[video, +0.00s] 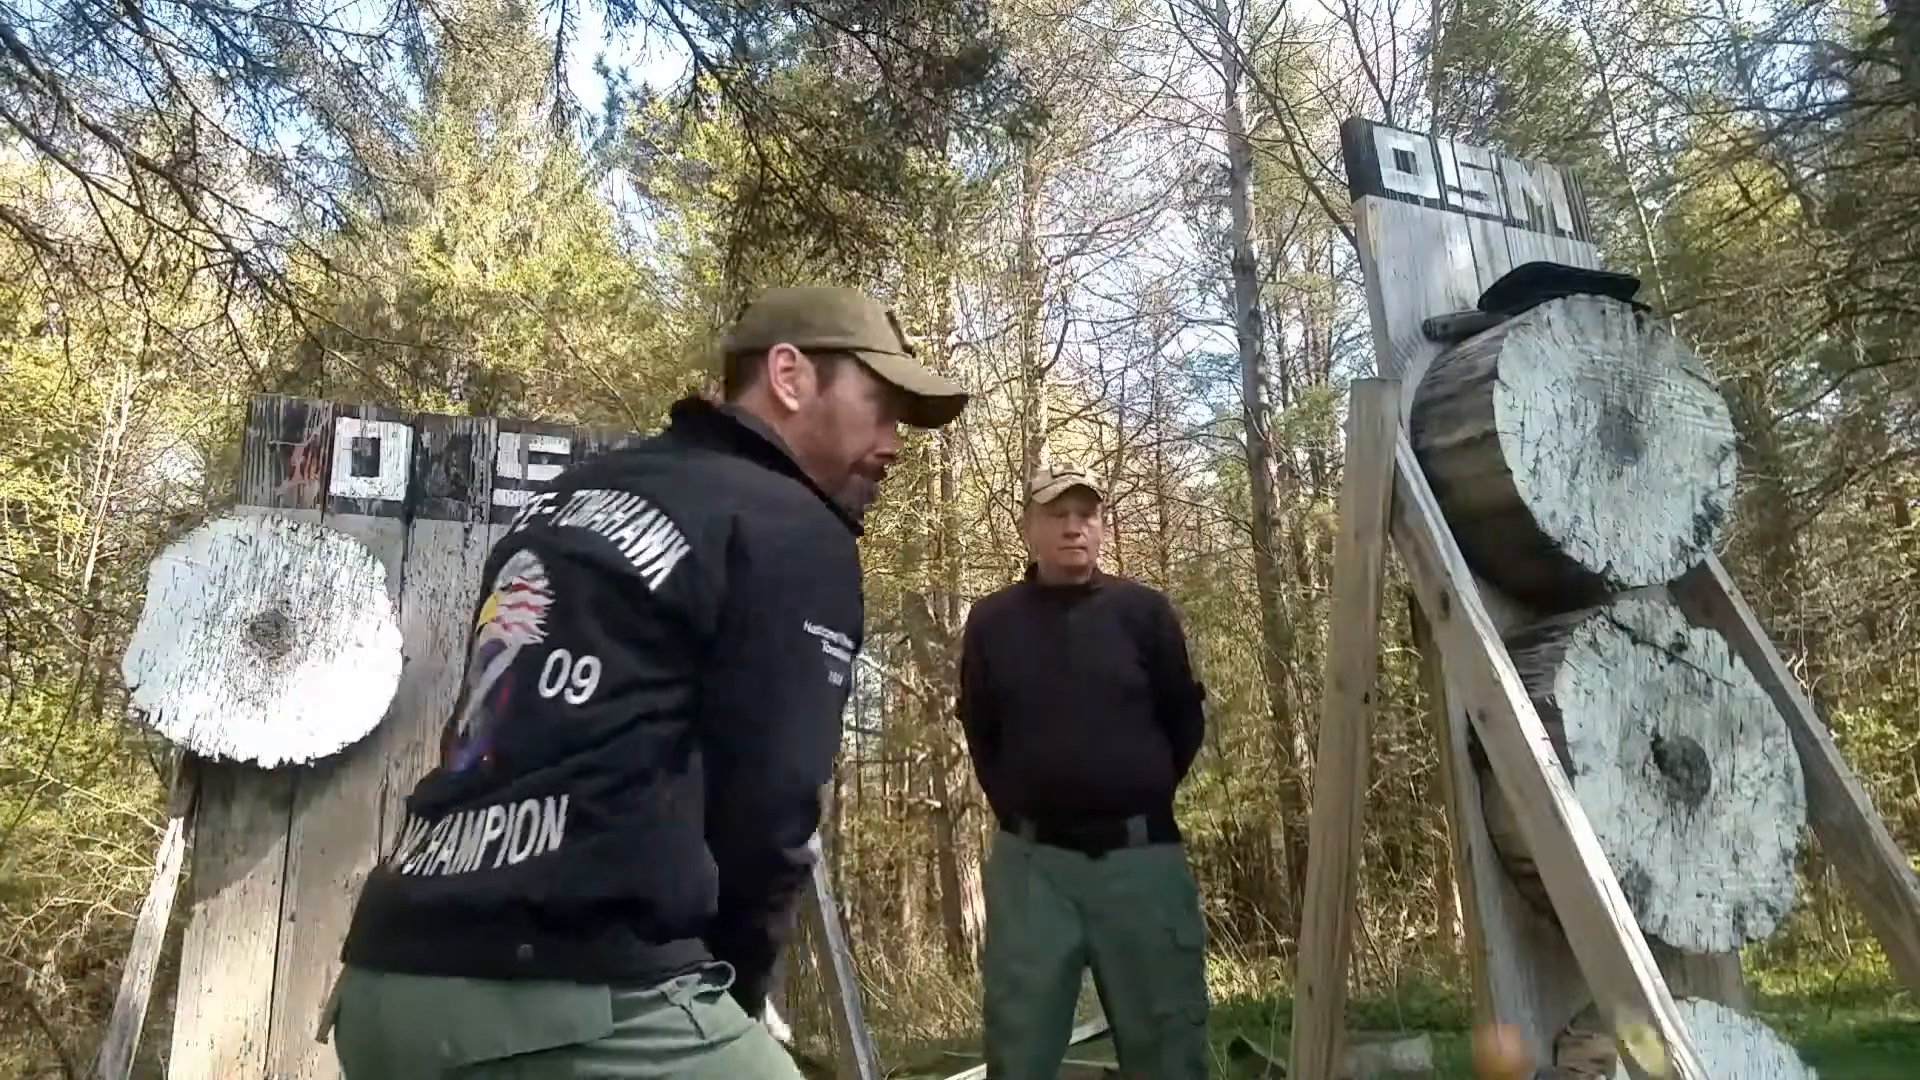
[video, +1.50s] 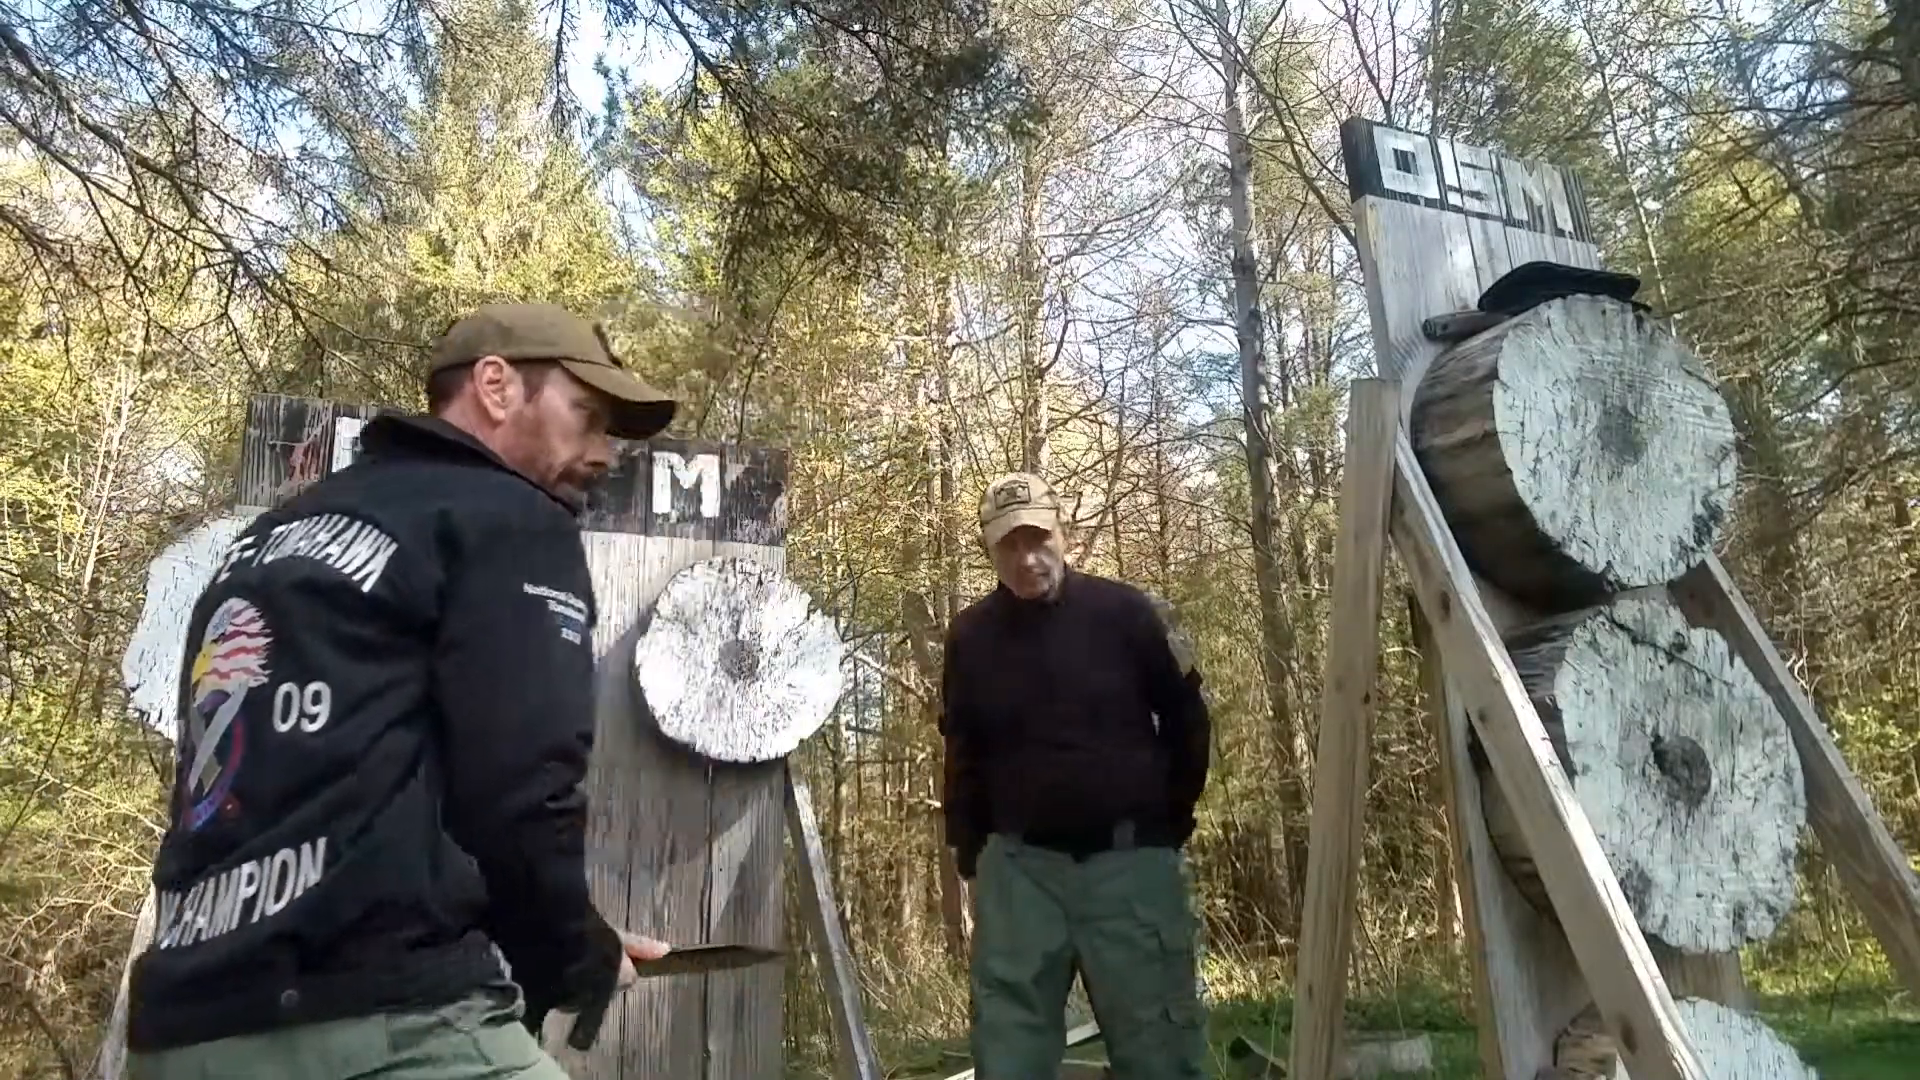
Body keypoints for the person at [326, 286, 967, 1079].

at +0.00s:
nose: (896, 446)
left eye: (901, 420)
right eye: (881, 407)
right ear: (788, 377)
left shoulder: (578, 486)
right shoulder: (793, 528)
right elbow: (769, 811)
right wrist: (737, 996)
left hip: (390, 984)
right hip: (592, 997)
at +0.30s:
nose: (894, 492)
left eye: (902, 467)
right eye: (885, 451)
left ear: (788, 411)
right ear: (798, 408)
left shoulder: (561, 507)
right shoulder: (795, 558)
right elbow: (759, 830)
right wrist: (754, 991)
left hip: (379, 1013)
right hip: (601, 1027)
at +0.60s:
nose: (876, 495)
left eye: (883, 469)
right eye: (867, 454)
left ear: (771, 411)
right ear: (781, 410)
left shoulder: (541, 508)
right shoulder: (778, 556)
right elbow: (748, 833)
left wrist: (740, 950)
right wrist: (741, 995)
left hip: (371, 1019)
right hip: (594, 1028)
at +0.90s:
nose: (863, 486)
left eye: (870, 460)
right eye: (855, 444)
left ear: (760, 402)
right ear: (769, 401)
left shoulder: (524, 502)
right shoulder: (765, 548)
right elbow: (740, 824)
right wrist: (734, 983)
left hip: (361, 1018)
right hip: (584, 1024)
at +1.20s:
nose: (805, 466)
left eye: (813, 440)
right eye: (794, 424)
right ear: (706, 383)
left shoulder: (464, 498)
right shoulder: (710, 523)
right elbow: (697, 813)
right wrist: (714, 967)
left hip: (327, 1015)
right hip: (547, 1011)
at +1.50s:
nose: (605, 455)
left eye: (609, 429)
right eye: (586, 413)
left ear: (492, 393)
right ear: (497, 389)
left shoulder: (271, 527)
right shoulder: (508, 518)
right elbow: (514, 794)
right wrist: (581, 964)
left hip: (182, 1023)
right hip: (385, 1012)